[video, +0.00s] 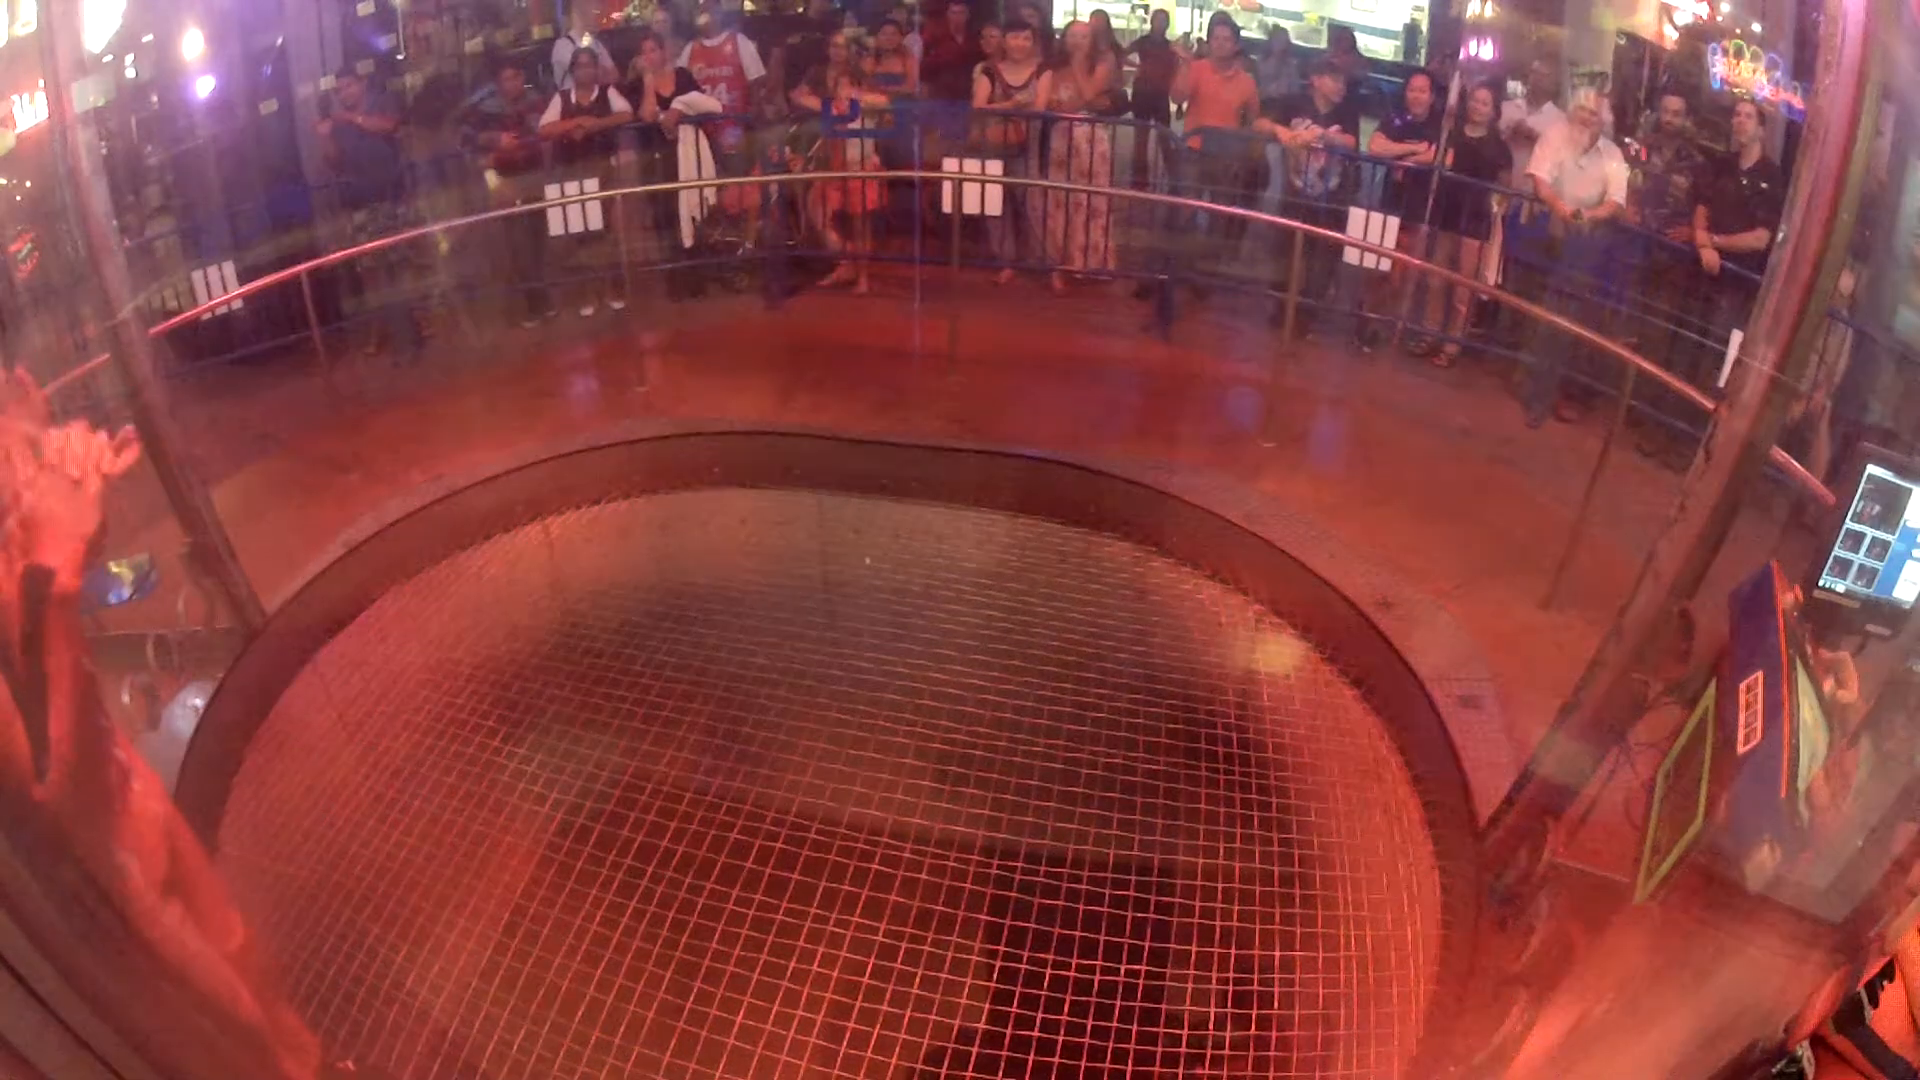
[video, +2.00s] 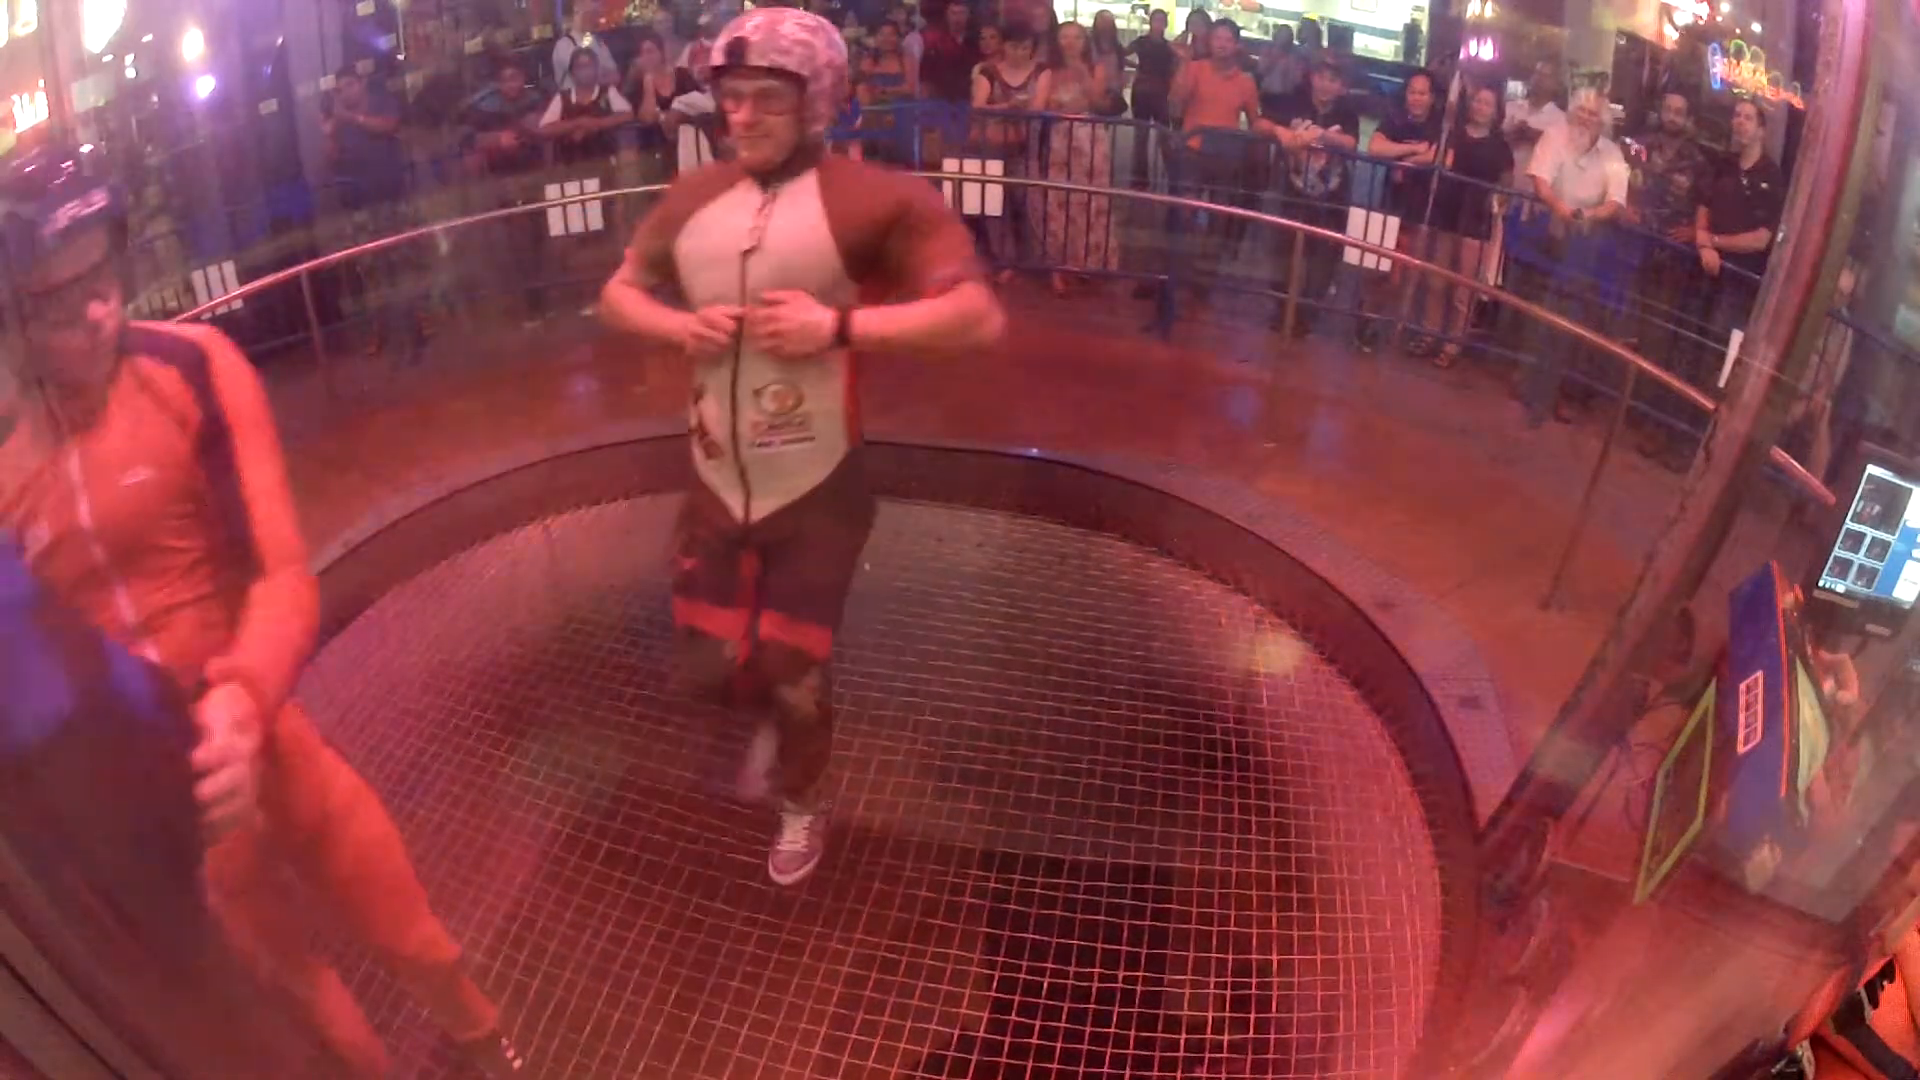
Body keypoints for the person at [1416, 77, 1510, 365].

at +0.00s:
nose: (1478, 107)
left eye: (1485, 103)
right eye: (1474, 101)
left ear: (1494, 111)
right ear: (1466, 104)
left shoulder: (1498, 147)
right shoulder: (1452, 137)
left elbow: (1504, 185)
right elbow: (1439, 166)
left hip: (1475, 217)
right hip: (1445, 211)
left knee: (1463, 284)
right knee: (1435, 277)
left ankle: (1452, 341)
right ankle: (1429, 331)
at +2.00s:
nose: (1480, 107)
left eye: (1487, 103)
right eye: (1477, 101)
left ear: (1497, 111)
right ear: (1469, 104)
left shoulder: (1500, 148)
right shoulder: (1453, 137)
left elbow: (1506, 187)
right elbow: (1439, 166)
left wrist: (1495, 206)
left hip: (1476, 220)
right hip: (1444, 212)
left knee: (1463, 289)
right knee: (1435, 281)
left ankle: (1453, 342)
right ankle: (1429, 333)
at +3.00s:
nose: (1472, 108)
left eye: (1478, 103)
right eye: (1468, 101)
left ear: (1488, 110)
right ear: (1461, 106)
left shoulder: (1492, 147)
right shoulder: (1449, 139)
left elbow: (1498, 184)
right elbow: (1436, 171)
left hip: (1472, 218)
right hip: (1442, 213)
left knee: (1461, 285)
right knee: (1434, 279)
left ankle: (1451, 342)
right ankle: (1428, 333)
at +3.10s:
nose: (1471, 108)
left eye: (1478, 104)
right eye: (1468, 102)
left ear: (1488, 111)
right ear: (1461, 105)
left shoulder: (1491, 148)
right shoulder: (1448, 140)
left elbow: (1497, 185)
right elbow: (1436, 171)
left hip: (1471, 219)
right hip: (1441, 214)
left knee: (1461, 284)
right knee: (1434, 278)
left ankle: (1452, 341)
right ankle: (1429, 333)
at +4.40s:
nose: (1477, 110)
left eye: (1483, 105)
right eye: (1472, 104)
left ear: (1491, 112)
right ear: (1463, 107)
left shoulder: (1496, 147)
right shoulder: (1451, 138)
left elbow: (1501, 181)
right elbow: (1440, 168)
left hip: (1474, 217)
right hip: (1444, 212)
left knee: (1463, 285)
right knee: (1435, 279)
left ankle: (1456, 341)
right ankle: (1429, 332)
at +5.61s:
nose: (1485, 113)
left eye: (1492, 109)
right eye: (1482, 106)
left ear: (1501, 116)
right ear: (1473, 109)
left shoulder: (1506, 150)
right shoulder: (1459, 139)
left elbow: (1510, 187)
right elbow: (1445, 168)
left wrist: (1500, 201)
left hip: (1481, 217)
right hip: (1451, 210)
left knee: (1469, 283)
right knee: (1440, 277)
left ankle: (1460, 339)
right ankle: (1432, 331)